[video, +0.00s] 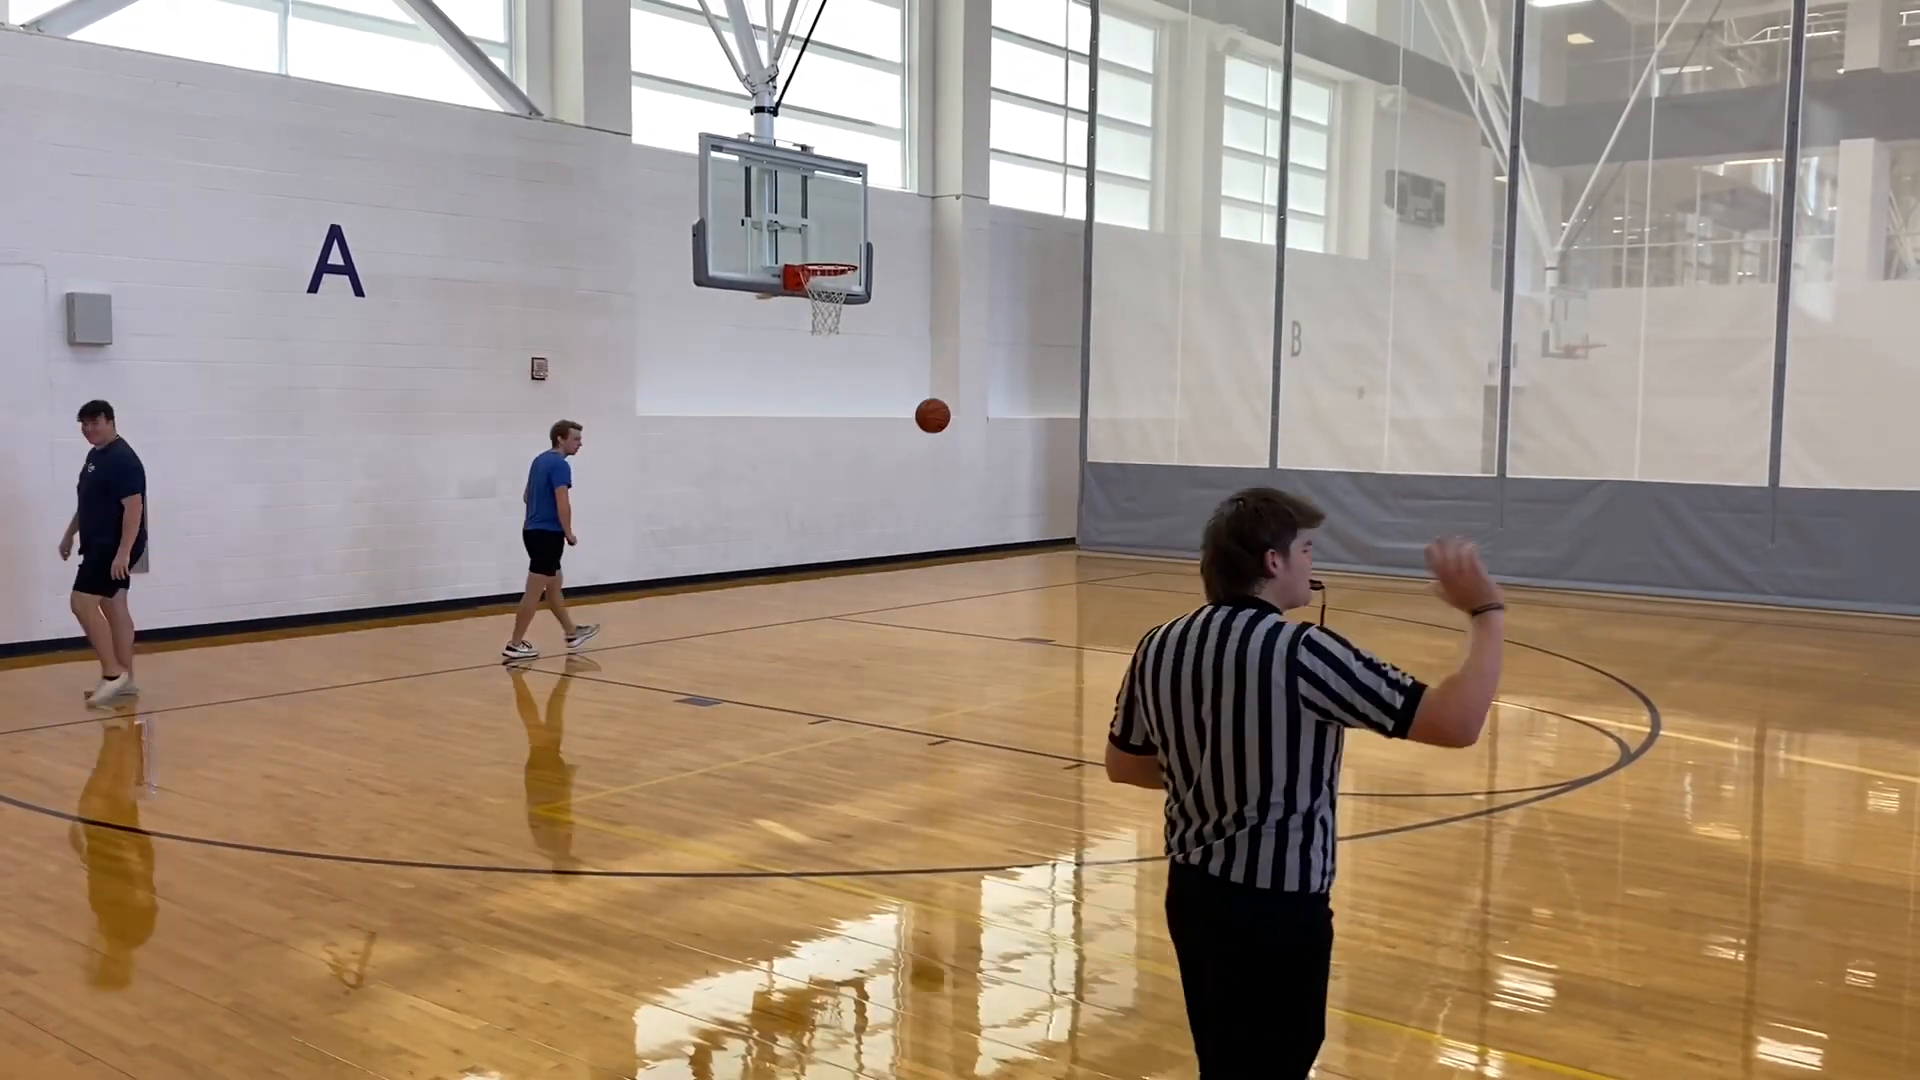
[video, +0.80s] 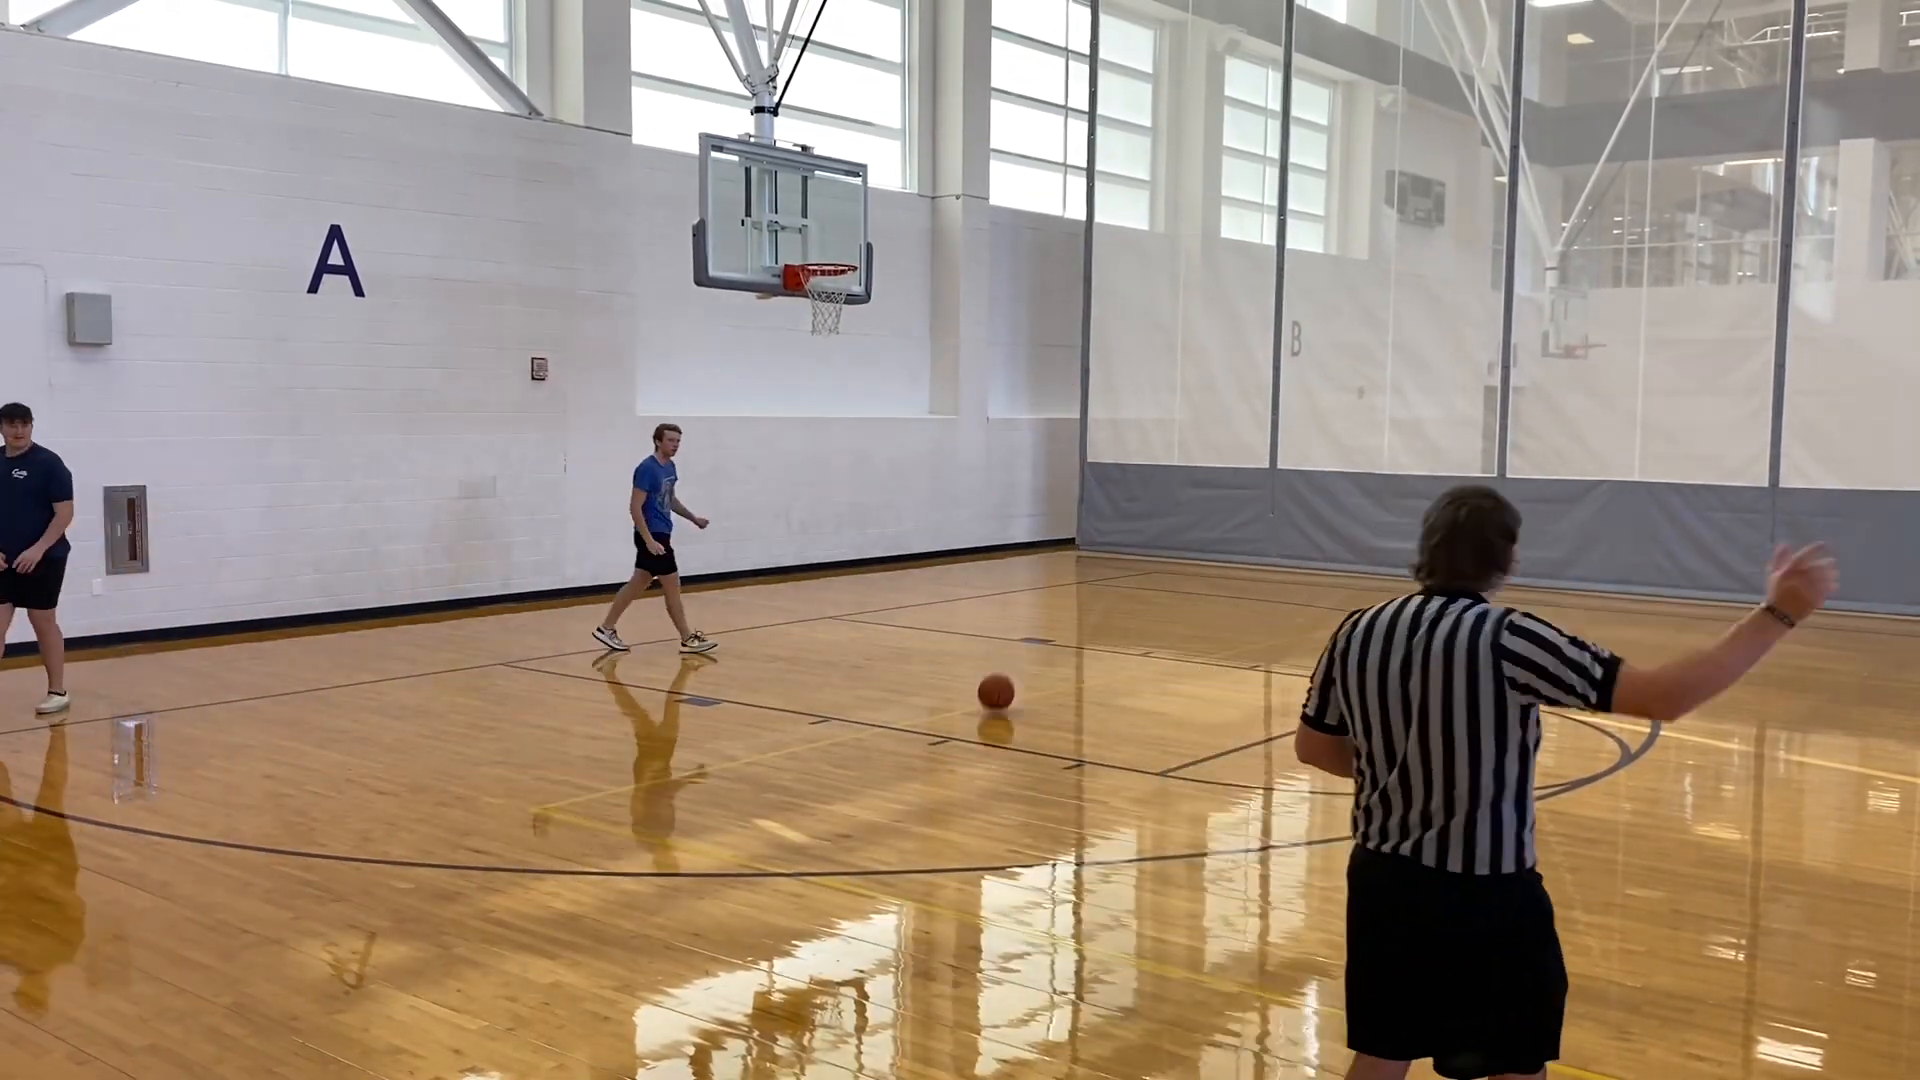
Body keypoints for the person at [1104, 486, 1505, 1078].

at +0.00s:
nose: (1312, 566)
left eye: (1310, 551)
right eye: (1306, 552)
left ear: (1224, 560)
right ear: (1273, 560)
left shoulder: (1160, 645)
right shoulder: (1300, 651)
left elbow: (1126, 761)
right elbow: (1457, 721)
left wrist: (1210, 773)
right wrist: (1487, 611)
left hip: (1192, 895)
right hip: (1281, 904)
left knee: (1220, 1059)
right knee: (1280, 1058)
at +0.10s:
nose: (1343, 559)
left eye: (1340, 544)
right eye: (1334, 543)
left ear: (1251, 556)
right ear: (1298, 552)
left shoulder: (1186, 636)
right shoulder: (1321, 637)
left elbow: (1152, 752)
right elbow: (1476, 684)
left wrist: (1237, 774)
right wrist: (1562, 583)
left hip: (1223, 889)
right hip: (1309, 900)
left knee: (1258, 1063)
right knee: (1310, 1065)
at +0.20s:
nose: (1373, 557)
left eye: (1371, 542)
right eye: (1364, 541)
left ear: (1287, 548)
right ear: (1324, 547)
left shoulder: (1212, 630)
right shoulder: (1345, 628)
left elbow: (1179, 746)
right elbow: (1505, 636)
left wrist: (1258, 756)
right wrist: (1636, 572)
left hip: (1246, 887)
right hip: (1334, 894)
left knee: (1299, 1059)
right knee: (1359, 1058)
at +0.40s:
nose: (1417, 555)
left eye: (1415, 539)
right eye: (1410, 539)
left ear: (1336, 543)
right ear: (1376, 541)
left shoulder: (1256, 624)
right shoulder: (1389, 619)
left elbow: (1228, 738)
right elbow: (1534, 614)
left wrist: (1305, 756)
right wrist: (1683, 591)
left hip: (1283, 878)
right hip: (1378, 884)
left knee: (1312, 1057)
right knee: (1433, 1059)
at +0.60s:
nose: (1455, 562)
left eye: (1455, 546)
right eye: (1454, 546)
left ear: (1371, 546)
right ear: (1429, 547)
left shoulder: (1300, 626)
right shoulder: (1438, 625)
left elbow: (1265, 737)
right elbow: (1592, 622)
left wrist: (1343, 754)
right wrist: (1742, 604)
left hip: (1325, 876)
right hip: (1428, 883)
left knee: (1337, 1054)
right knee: (1471, 1056)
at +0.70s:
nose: (1479, 569)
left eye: (1478, 553)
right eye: (1479, 555)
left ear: (1396, 552)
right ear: (1463, 557)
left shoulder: (1326, 630)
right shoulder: (1469, 632)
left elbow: (1288, 740)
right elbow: (1633, 640)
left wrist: (1368, 757)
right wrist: (1777, 612)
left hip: (1350, 881)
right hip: (1458, 888)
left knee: (1353, 1057)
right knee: (1496, 1060)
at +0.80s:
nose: (1510, 562)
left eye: (1507, 550)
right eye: (1509, 552)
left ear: (1424, 552)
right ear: (1502, 562)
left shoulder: (1358, 632)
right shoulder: (1506, 637)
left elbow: (1315, 745)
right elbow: (1661, 693)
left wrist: (1397, 758)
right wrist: (1778, 615)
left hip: (1381, 892)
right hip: (1494, 899)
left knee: (1378, 1059)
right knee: (1510, 1066)